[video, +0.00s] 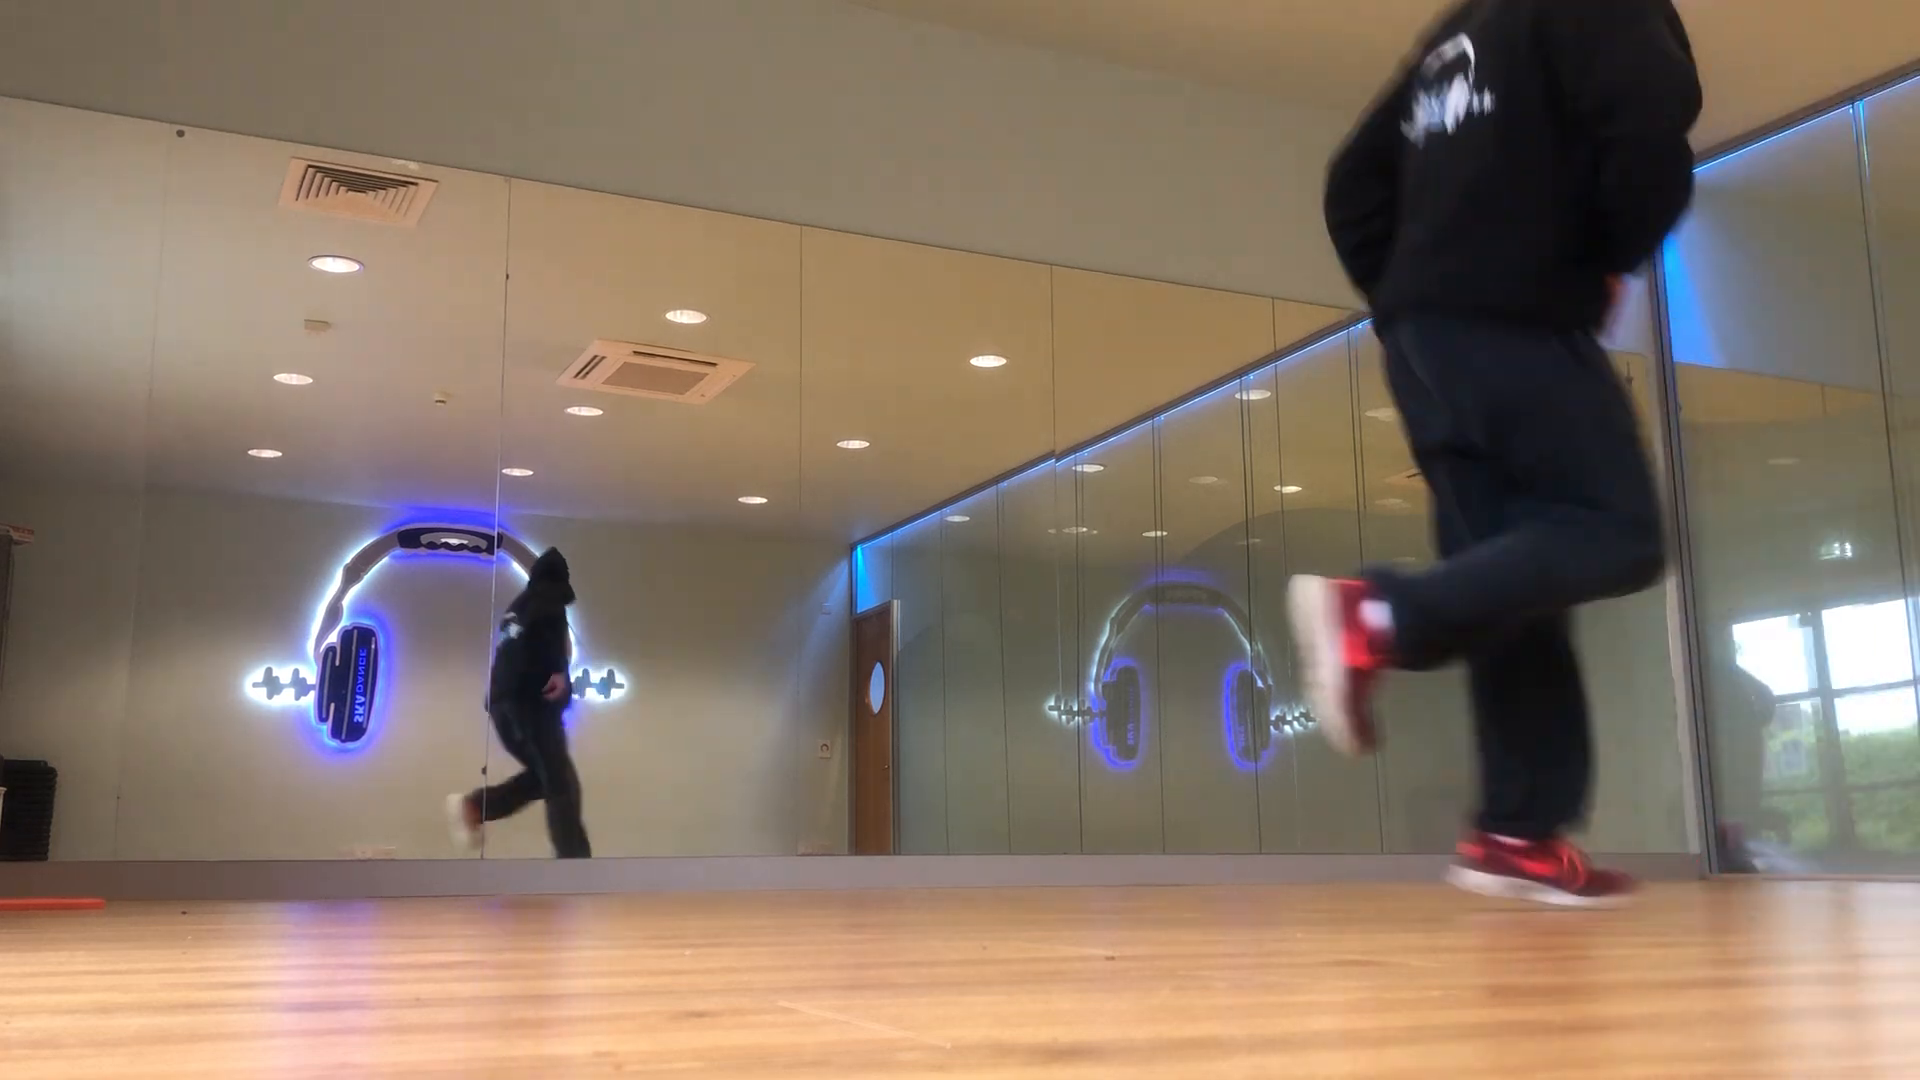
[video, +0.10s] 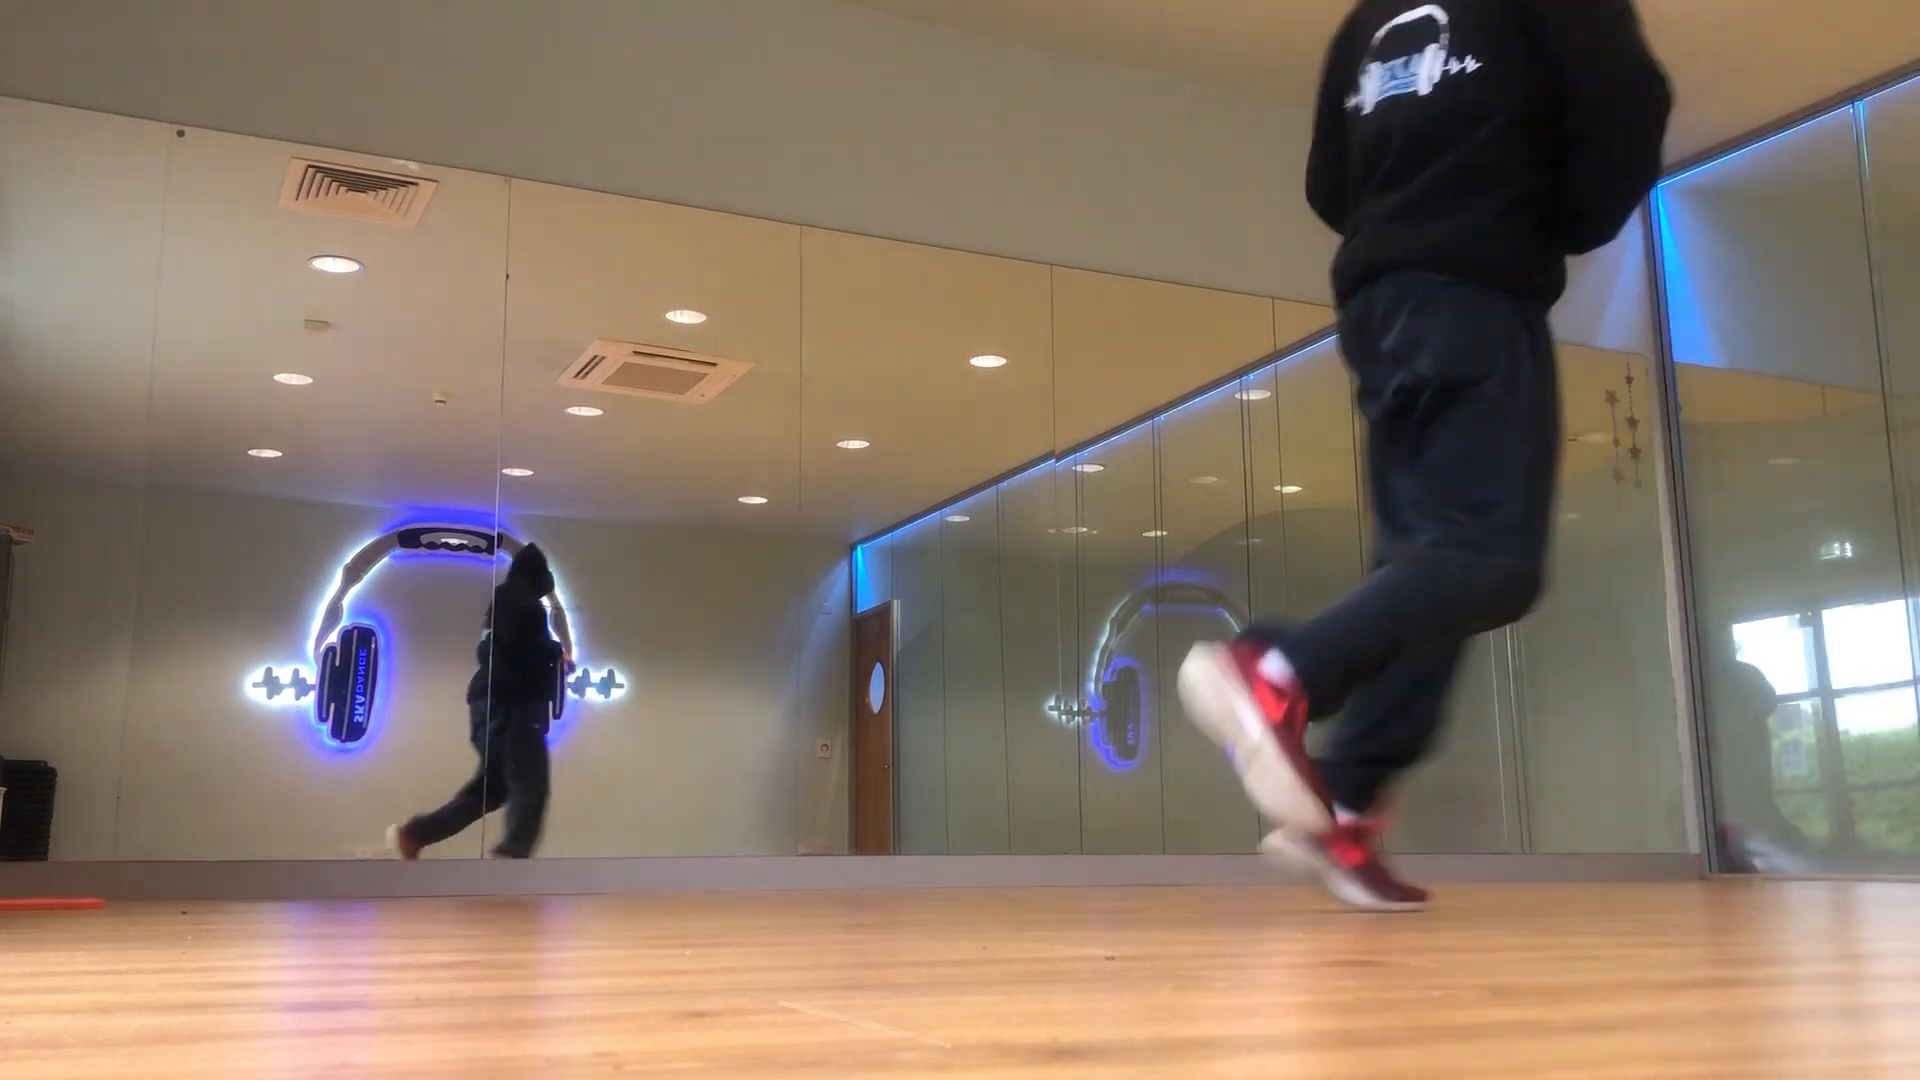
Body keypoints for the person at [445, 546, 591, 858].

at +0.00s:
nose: (567, 592)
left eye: (564, 587)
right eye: (565, 585)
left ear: (535, 577)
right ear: (561, 580)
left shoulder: (517, 608)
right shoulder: (549, 603)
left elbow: (507, 660)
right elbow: (552, 640)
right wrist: (560, 671)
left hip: (503, 706)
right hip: (531, 704)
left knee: (543, 775)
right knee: (562, 783)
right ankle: (577, 867)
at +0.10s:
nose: (550, 581)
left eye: (548, 574)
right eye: (547, 574)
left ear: (517, 570)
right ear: (538, 573)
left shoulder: (506, 600)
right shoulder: (524, 604)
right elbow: (528, 653)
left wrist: (554, 658)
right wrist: (557, 655)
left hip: (491, 703)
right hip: (514, 706)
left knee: (495, 784)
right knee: (531, 784)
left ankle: (415, 833)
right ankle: (510, 859)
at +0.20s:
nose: (530, 597)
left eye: (529, 591)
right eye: (528, 591)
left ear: (502, 586)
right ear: (518, 589)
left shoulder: (493, 618)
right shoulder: (493, 616)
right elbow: (493, 667)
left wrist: (523, 680)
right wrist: (526, 666)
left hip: (473, 708)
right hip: (476, 709)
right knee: (496, 789)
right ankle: (485, 870)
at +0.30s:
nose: (509, 623)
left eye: (511, 616)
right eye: (509, 616)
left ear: (483, 602)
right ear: (500, 609)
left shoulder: (458, 627)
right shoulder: (477, 630)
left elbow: (452, 680)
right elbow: (471, 675)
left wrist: (480, 705)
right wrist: (485, 703)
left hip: (417, 727)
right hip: (445, 726)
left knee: (433, 805)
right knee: (494, 785)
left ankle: (383, 869)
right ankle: (490, 868)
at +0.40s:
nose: (495, 629)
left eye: (497, 622)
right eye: (495, 620)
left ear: (468, 608)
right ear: (486, 613)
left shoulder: (437, 631)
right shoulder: (467, 637)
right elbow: (456, 693)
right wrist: (462, 718)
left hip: (389, 726)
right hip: (424, 726)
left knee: (411, 806)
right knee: (480, 777)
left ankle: (373, 870)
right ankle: (464, 852)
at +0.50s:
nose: (489, 618)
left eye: (489, 611)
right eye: (488, 611)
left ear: (459, 599)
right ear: (483, 606)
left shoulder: (429, 618)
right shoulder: (465, 627)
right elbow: (452, 683)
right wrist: (472, 717)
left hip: (379, 709)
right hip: (420, 713)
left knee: (382, 794)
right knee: (436, 792)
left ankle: (365, 867)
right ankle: (422, 862)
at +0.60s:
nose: (475, 608)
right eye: (474, 602)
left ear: (441, 591)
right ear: (470, 599)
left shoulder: (411, 615)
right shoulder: (460, 621)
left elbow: (366, 652)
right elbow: (464, 681)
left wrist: (351, 697)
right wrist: (483, 723)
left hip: (372, 702)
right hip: (415, 710)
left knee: (358, 784)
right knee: (399, 787)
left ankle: (327, 854)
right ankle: (376, 857)